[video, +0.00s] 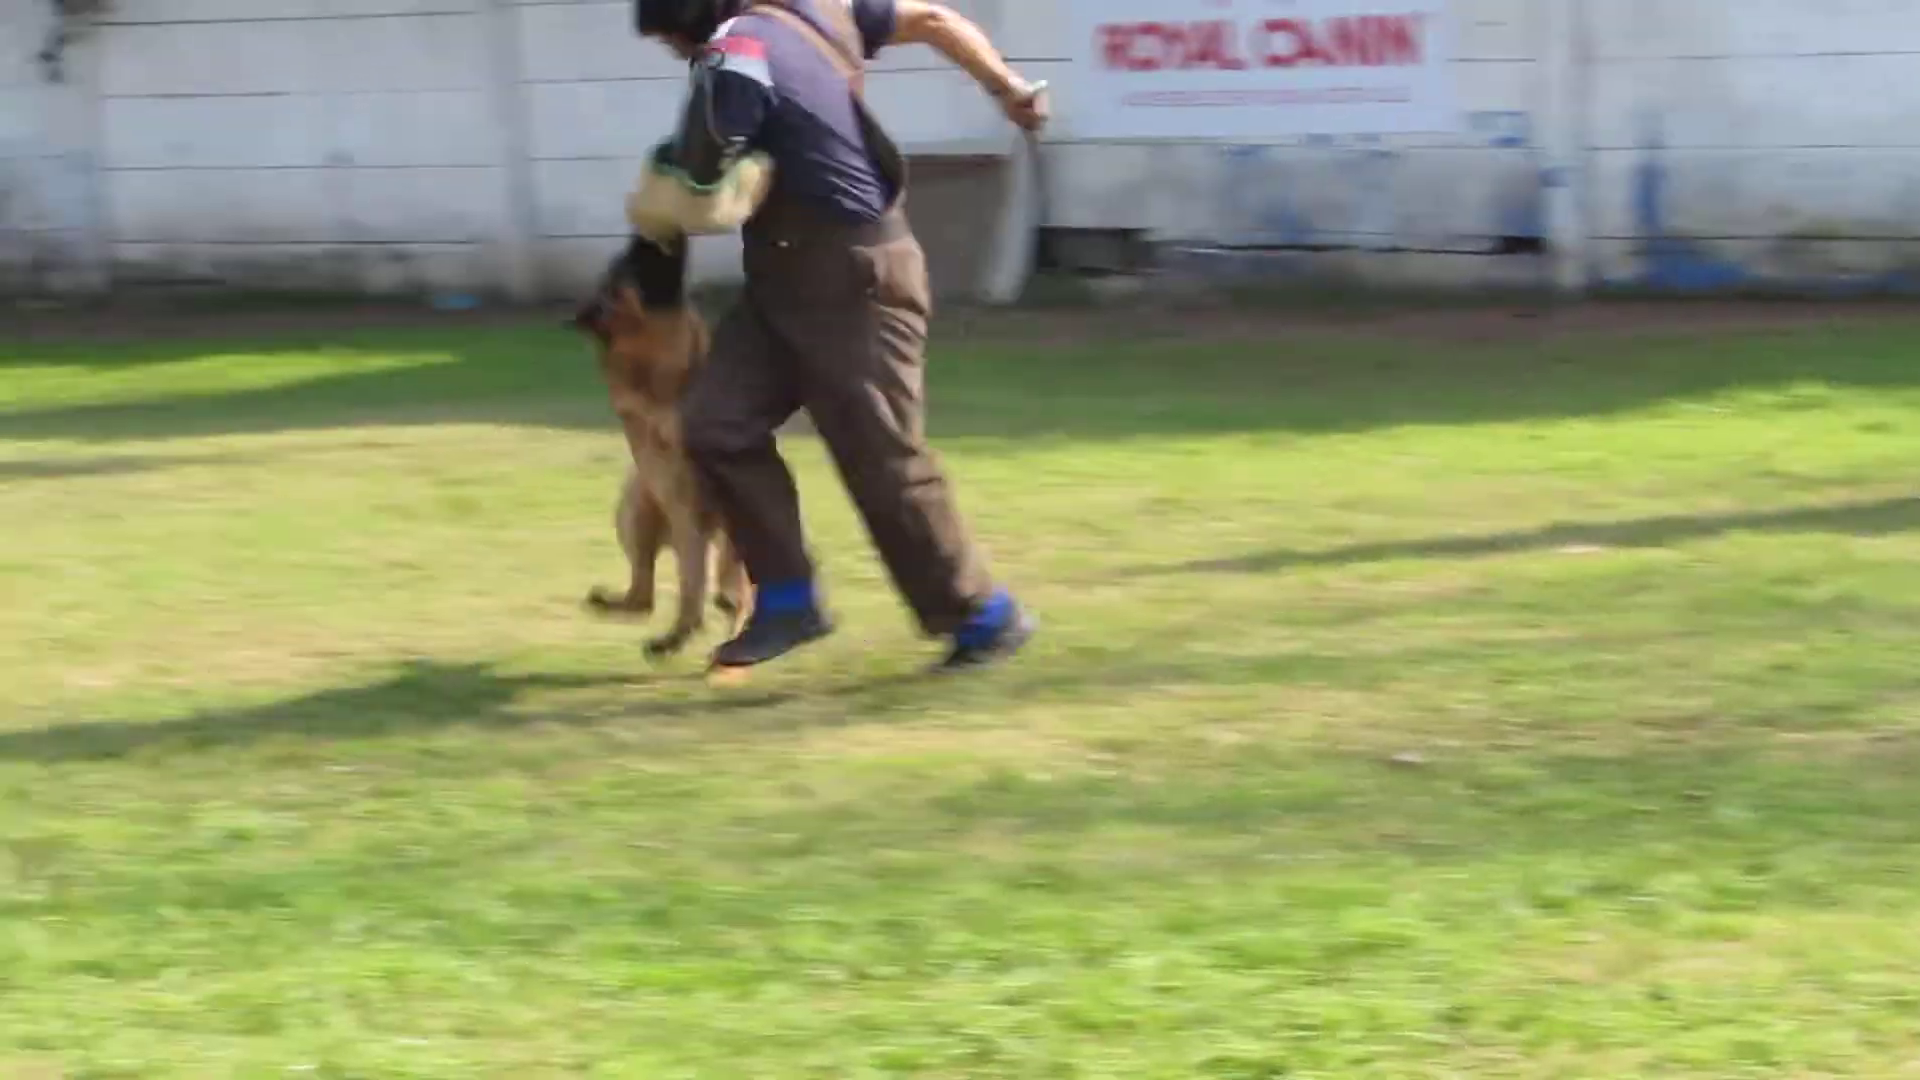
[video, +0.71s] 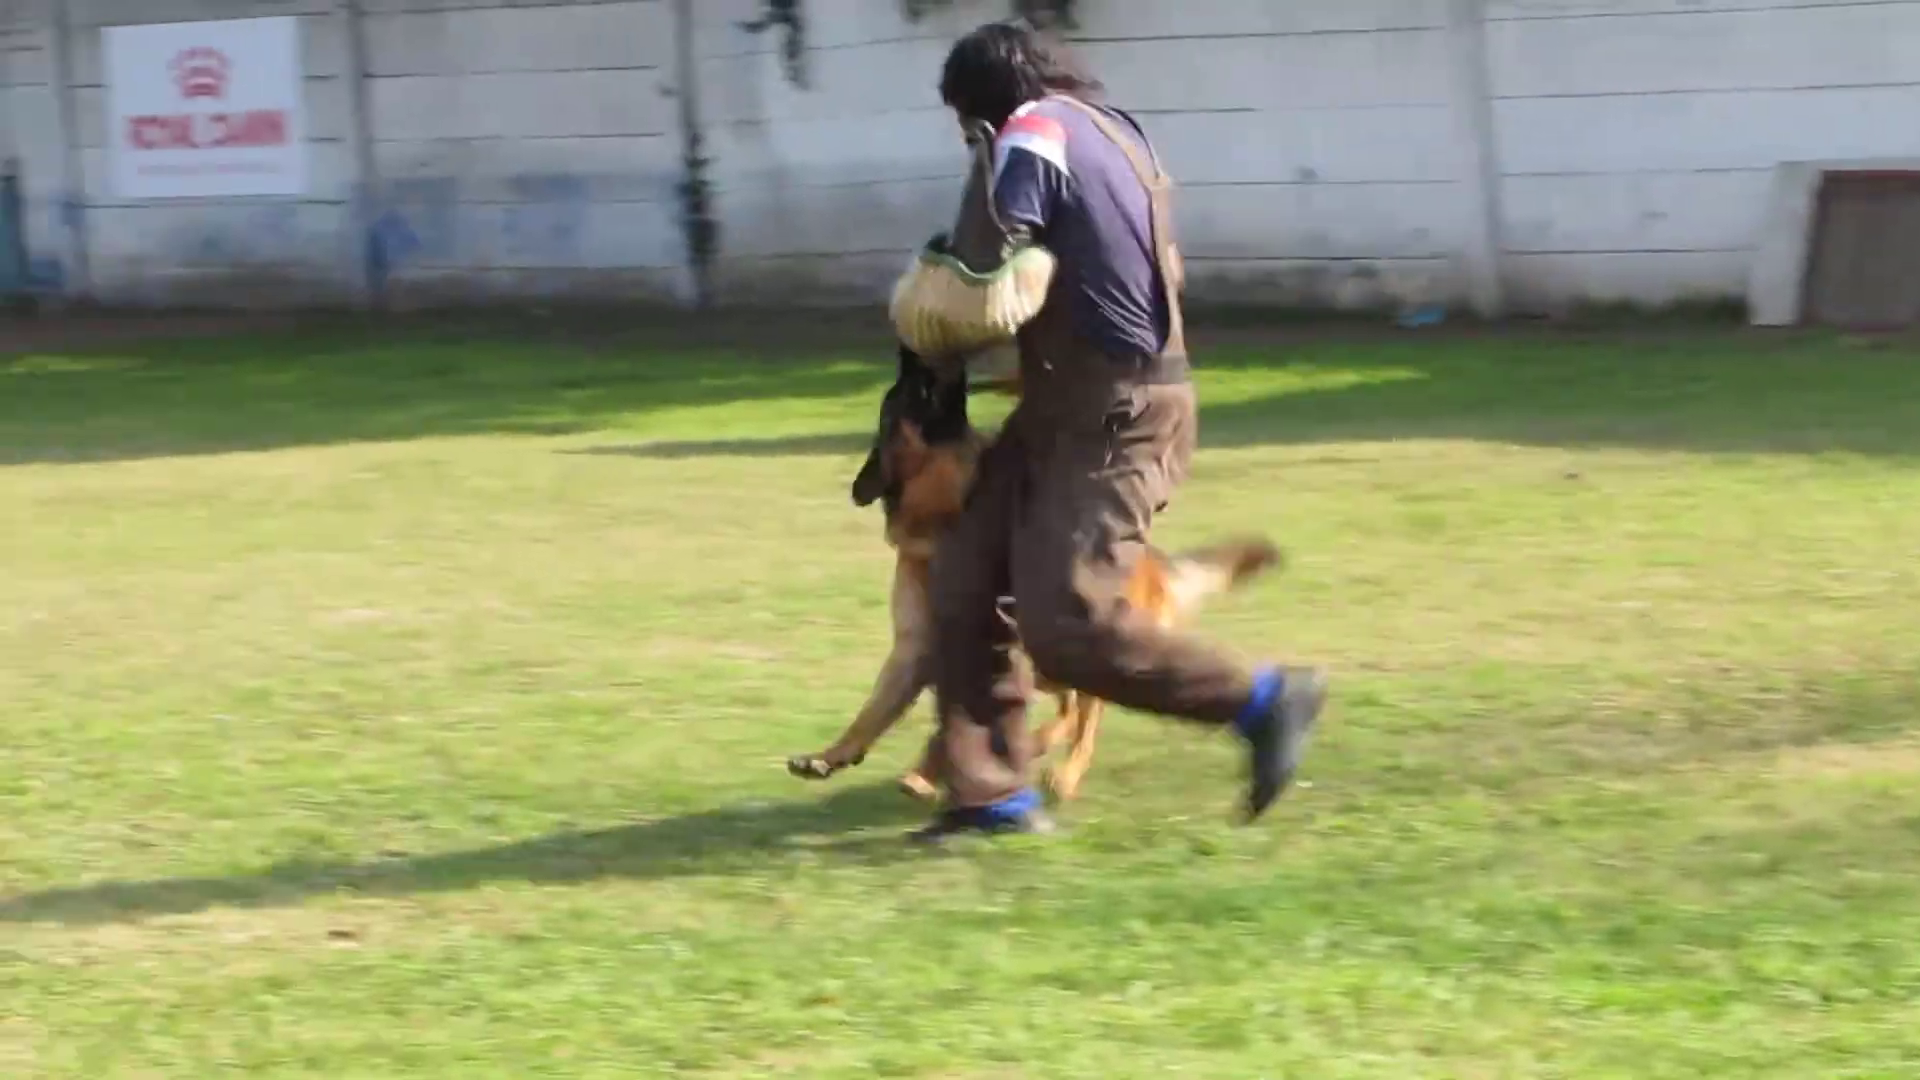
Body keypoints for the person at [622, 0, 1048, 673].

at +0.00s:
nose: (670, 52)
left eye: (667, 39)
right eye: (661, 41)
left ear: (691, 18)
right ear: (722, 2)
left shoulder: (734, 57)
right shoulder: (815, 11)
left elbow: (713, 199)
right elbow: (936, 18)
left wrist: (650, 193)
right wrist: (1009, 85)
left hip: (856, 274)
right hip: (793, 279)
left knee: (886, 459)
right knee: (719, 426)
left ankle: (982, 615)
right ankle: (787, 602)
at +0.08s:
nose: (705, 46)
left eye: (703, 32)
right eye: (698, 35)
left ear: (725, 15)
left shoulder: (764, 53)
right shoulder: (850, 17)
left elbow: (733, 209)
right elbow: (968, 68)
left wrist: (686, 205)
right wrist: (1020, 168)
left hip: (888, 284)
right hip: (830, 289)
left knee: (914, 480)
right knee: (764, 469)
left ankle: (1045, 591)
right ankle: (780, 668)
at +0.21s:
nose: (846, 89)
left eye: (843, 73)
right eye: (839, 76)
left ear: (862, 56)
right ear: (892, 33)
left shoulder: (909, 82)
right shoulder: (942, 73)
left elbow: (884, 248)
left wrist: (819, 246)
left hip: (1022, 331)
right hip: (988, 332)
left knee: (944, 508)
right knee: (950, 509)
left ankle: (1096, 615)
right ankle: (1030, 690)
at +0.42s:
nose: (901, 103)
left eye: (900, 87)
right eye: (893, 92)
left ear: (929, 63)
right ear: (937, 58)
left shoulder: (996, 89)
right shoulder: (970, 93)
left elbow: (943, 243)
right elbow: (922, 204)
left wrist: (865, 235)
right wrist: (893, 225)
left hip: (1096, 334)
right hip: (1032, 336)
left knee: (1056, 541)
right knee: (992, 531)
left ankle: (1104, 728)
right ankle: (1135, 613)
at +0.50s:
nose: (919, 113)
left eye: (914, 98)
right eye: (909, 102)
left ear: (938, 74)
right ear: (971, 44)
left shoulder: (990, 101)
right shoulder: (1069, 64)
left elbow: (949, 237)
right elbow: (1193, 99)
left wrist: (885, 252)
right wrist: (1224, 199)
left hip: (1105, 345)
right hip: (1043, 348)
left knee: (1119, 547)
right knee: (960, 514)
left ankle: (1207, 725)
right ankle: (1044, 701)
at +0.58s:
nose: (937, 107)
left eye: (934, 92)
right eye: (929, 96)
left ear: (958, 68)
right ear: (996, 40)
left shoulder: (993, 87)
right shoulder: (1096, 67)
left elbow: (953, 223)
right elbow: (1216, 97)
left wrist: (897, 254)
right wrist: (1247, 212)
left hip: (1101, 354)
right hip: (1036, 361)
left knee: (1138, 561)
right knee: (961, 552)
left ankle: (1280, 694)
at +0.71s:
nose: (973, 138)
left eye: (970, 121)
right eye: (968, 124)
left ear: (992, 100)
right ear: (1038, 76)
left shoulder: (1033, 130)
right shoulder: (1109, 126)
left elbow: (994, 282)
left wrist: (918, 304)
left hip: (1119, 413)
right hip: (1072, 411)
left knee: (1068, 623)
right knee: (964, 577)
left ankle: (1260, 698)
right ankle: (990, 794)